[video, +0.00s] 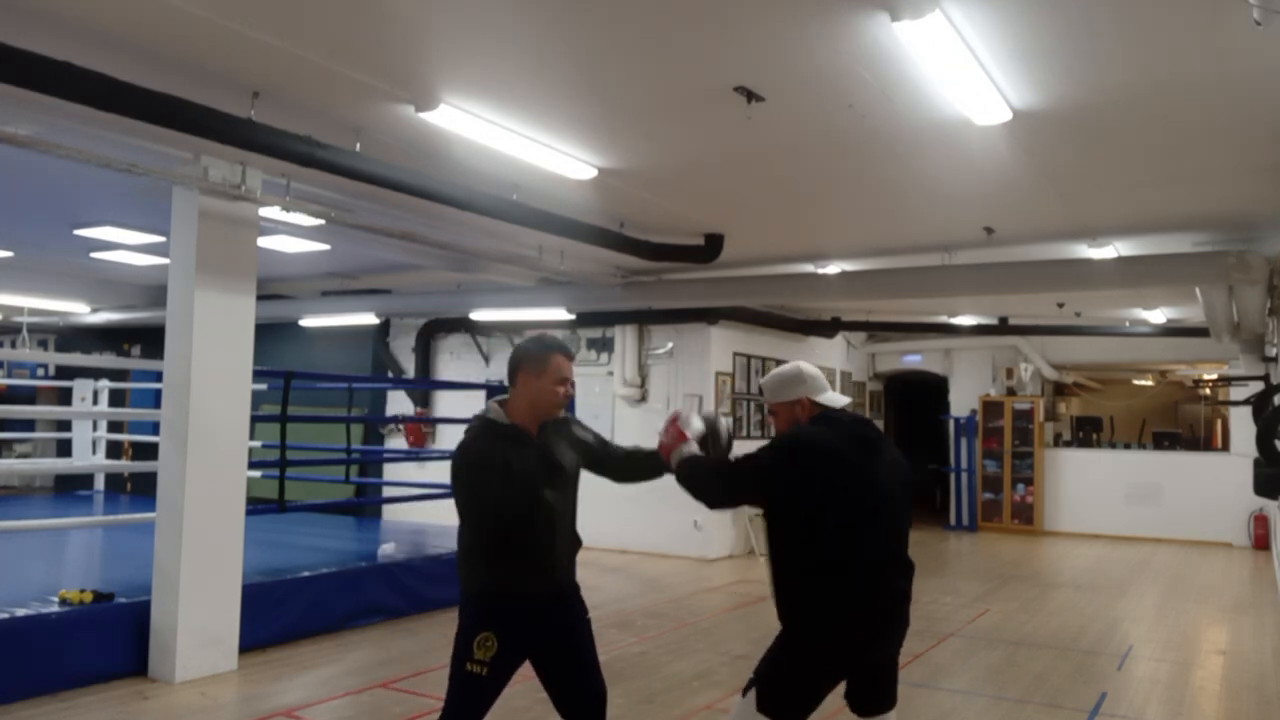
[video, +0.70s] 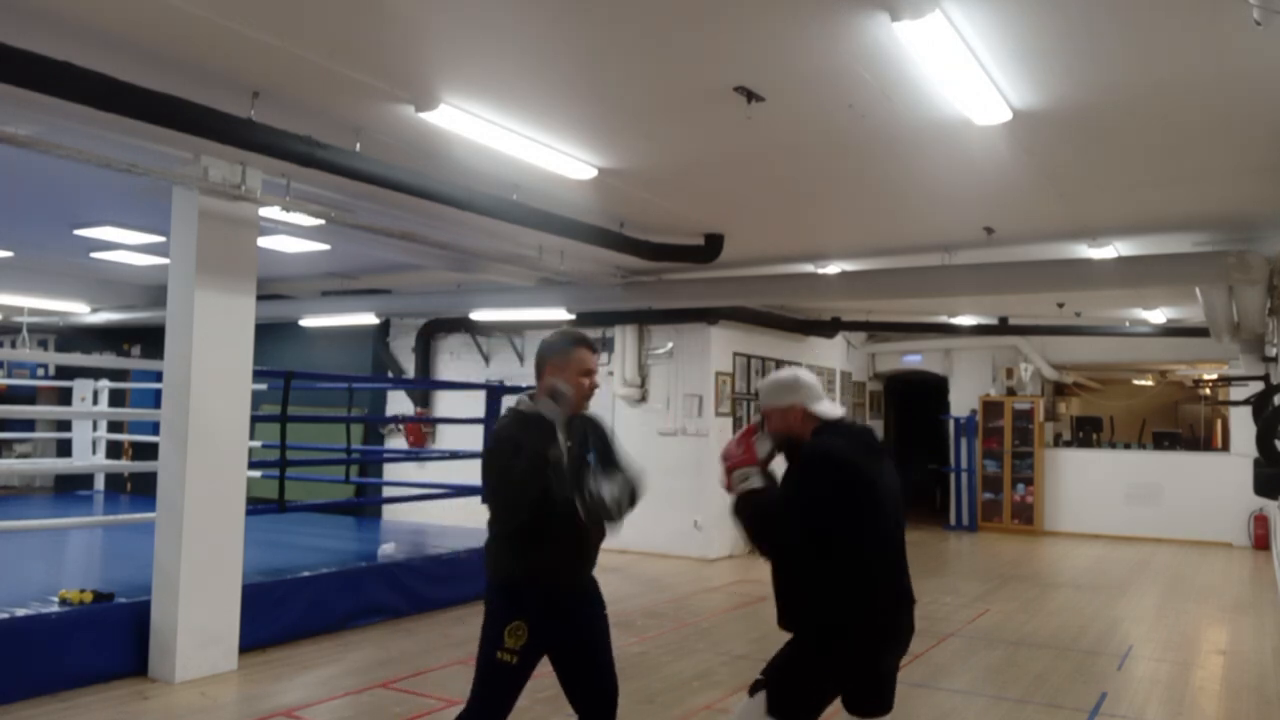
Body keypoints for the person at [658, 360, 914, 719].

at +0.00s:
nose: (773, 425)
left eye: (775, 414)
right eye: (770, 415)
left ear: (803, 407)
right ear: (811, 404)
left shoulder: (798, 450)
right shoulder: (879, 445)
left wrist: (681, 455)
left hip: (824, 619)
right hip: (885, 612)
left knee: (754, 710)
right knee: (875, 710)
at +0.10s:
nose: (765, 420)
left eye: (767, 407)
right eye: (762, 409)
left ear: (793, 399)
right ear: (801, 397)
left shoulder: (805, 443)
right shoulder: (864, 433)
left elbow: (742, 507)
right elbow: (826, 491)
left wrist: (687, 478)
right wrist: (766, 464)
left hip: (818, 617)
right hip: (872, 610)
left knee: (754, 710)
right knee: (871, 711)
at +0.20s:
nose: (758, 417)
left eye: (760, 404)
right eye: (756, 406)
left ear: (786, 396)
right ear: (788, 396)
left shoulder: (828, 442)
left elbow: (796, 525)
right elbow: (769, 467)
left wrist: (728, 504)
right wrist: (704, 456)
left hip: (831, 615)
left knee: (760, 709)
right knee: (866, 711)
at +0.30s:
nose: (756, 418)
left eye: (757, 404)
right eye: (752, 406)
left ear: (785, 394)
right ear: (788, 394)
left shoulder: (822, 445)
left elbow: (795, 537)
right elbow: (762, 474)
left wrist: (739, 489)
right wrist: (692, 458)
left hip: (824, 624)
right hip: (867, 616)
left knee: (767, 711)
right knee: (875, 710)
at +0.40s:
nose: (741, 440)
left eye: (743, 427)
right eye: (738, 428)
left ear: (771, 421)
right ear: (774, 420)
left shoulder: (813, 465)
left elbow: (787, 566)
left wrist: (743, 507)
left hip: (845, 634)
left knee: (755, 711)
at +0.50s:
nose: (747, 478)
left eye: (746, 462)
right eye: (742, 463)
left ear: (773, 455)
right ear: (777, 453)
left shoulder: (797, 497)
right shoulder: (848, 479)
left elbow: (779, 586)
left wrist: (732, 535)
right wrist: (761, 522)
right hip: (894, 647)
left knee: (743, 710)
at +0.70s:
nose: (764, 428)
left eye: (768, 416)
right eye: (763, 418)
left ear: (796, 413)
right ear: (802, 411)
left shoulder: (818, 457)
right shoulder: (859, 442)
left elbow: (783, 542)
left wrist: (746, 480)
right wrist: (757, 477)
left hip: (840, 628)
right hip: (884, 618)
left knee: (759, 710)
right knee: (867, 709)